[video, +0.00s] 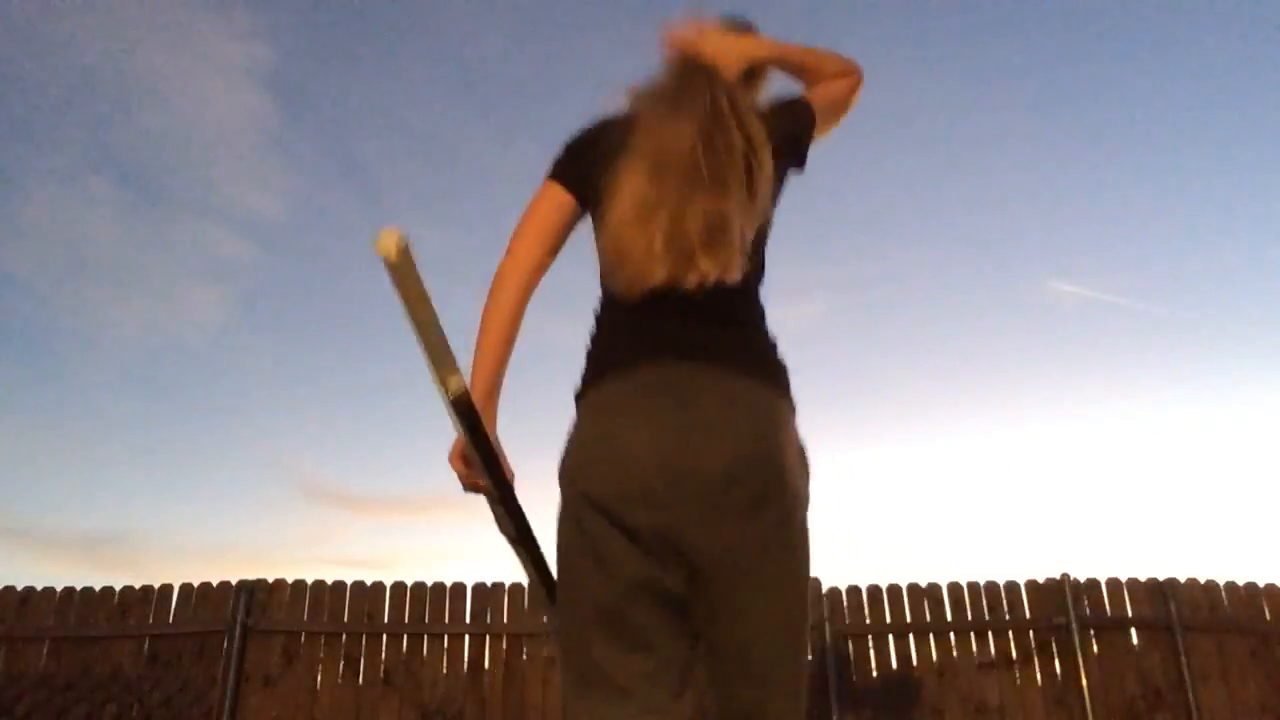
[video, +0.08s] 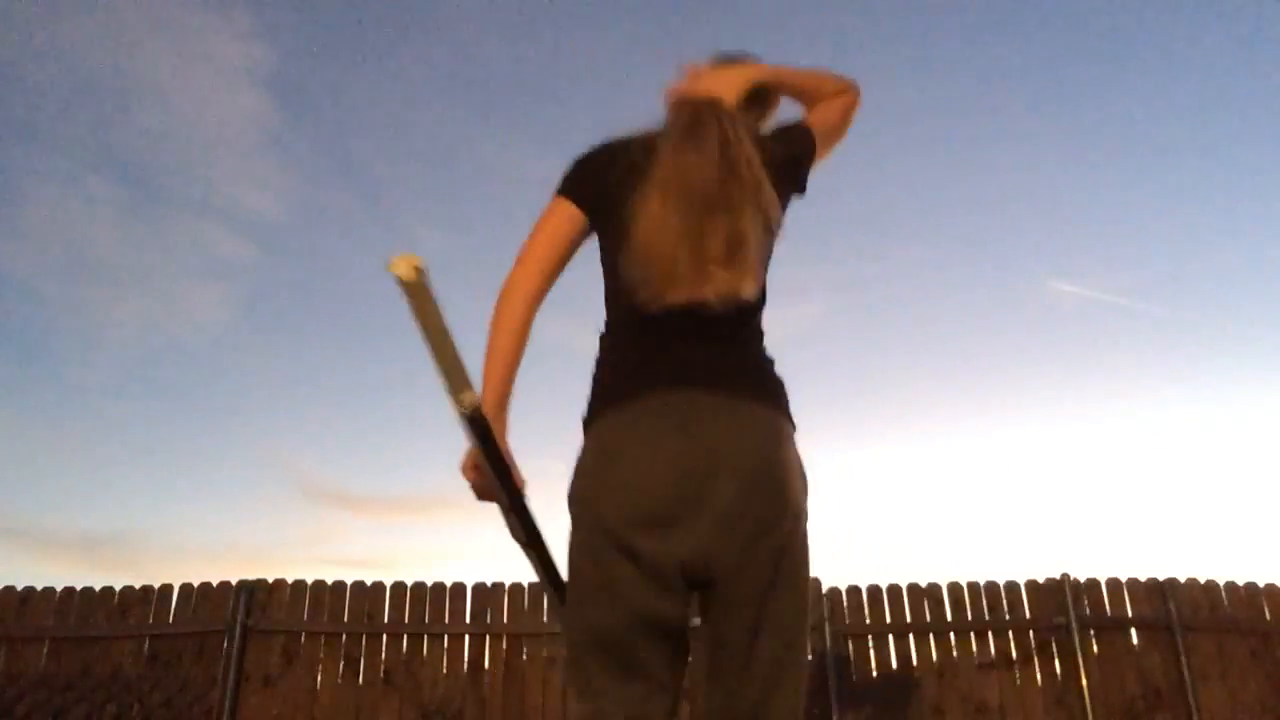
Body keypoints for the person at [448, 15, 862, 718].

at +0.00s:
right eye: (740, 55)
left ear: (667, 74)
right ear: (744, 77)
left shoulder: (607, 141)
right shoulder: (761, 138)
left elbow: (515, 275)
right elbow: (844, 77)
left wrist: (478, 416)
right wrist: (764, 49)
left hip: (624, 392)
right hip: (743, 395)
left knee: (618, 664)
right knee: (759, 670)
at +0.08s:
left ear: (675, 105)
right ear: (750, 111)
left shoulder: (613, 164)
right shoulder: (767, 164)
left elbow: (522, 288)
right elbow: (841, 95)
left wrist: (489, 425)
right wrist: (761, 72)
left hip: (634, 414)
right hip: (749, 420)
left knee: (620, 677)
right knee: (758, 677)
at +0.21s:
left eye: (680, 119)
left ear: (678, 137)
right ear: (745, 142)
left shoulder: (617, 186)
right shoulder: (763, 191)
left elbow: (534, 301)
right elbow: (838, 129)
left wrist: (510, 438)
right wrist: (760, 111)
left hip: (638, 438)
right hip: (747, 444)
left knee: (614, 673)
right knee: (755, 668)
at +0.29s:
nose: (663, 137)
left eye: (671, 129)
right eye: (673, 127)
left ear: (676, 140)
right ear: (736, 154)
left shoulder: (613, 194)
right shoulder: (756, 201)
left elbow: (540, 315)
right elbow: (827, 149)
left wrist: (523, 446)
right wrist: (758, 134)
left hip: (633, 445)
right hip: (740, 452)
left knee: (603, 686)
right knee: (745, 678)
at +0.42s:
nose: (645, 159)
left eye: (655, 146)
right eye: (655, 145)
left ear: (667, 154)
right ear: (719, 169)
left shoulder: (602, 211)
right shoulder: (737, 223)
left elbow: (536, 317)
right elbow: (806, 179)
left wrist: (522, 455)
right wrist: (742, 154)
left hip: (628, 452)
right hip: (727, 458)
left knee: (594, 692)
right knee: (739, 688)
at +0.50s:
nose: (628, 175)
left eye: (636, 164)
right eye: (635, 164)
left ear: (653, 168)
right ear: (706, 179)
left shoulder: (585, 227)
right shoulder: (719, 239)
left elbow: (521, 344)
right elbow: (790, 198)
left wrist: (508, 468)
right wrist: (734, 170)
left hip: (614, 471)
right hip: (709, 473)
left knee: (585, 691)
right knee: (731, 684)